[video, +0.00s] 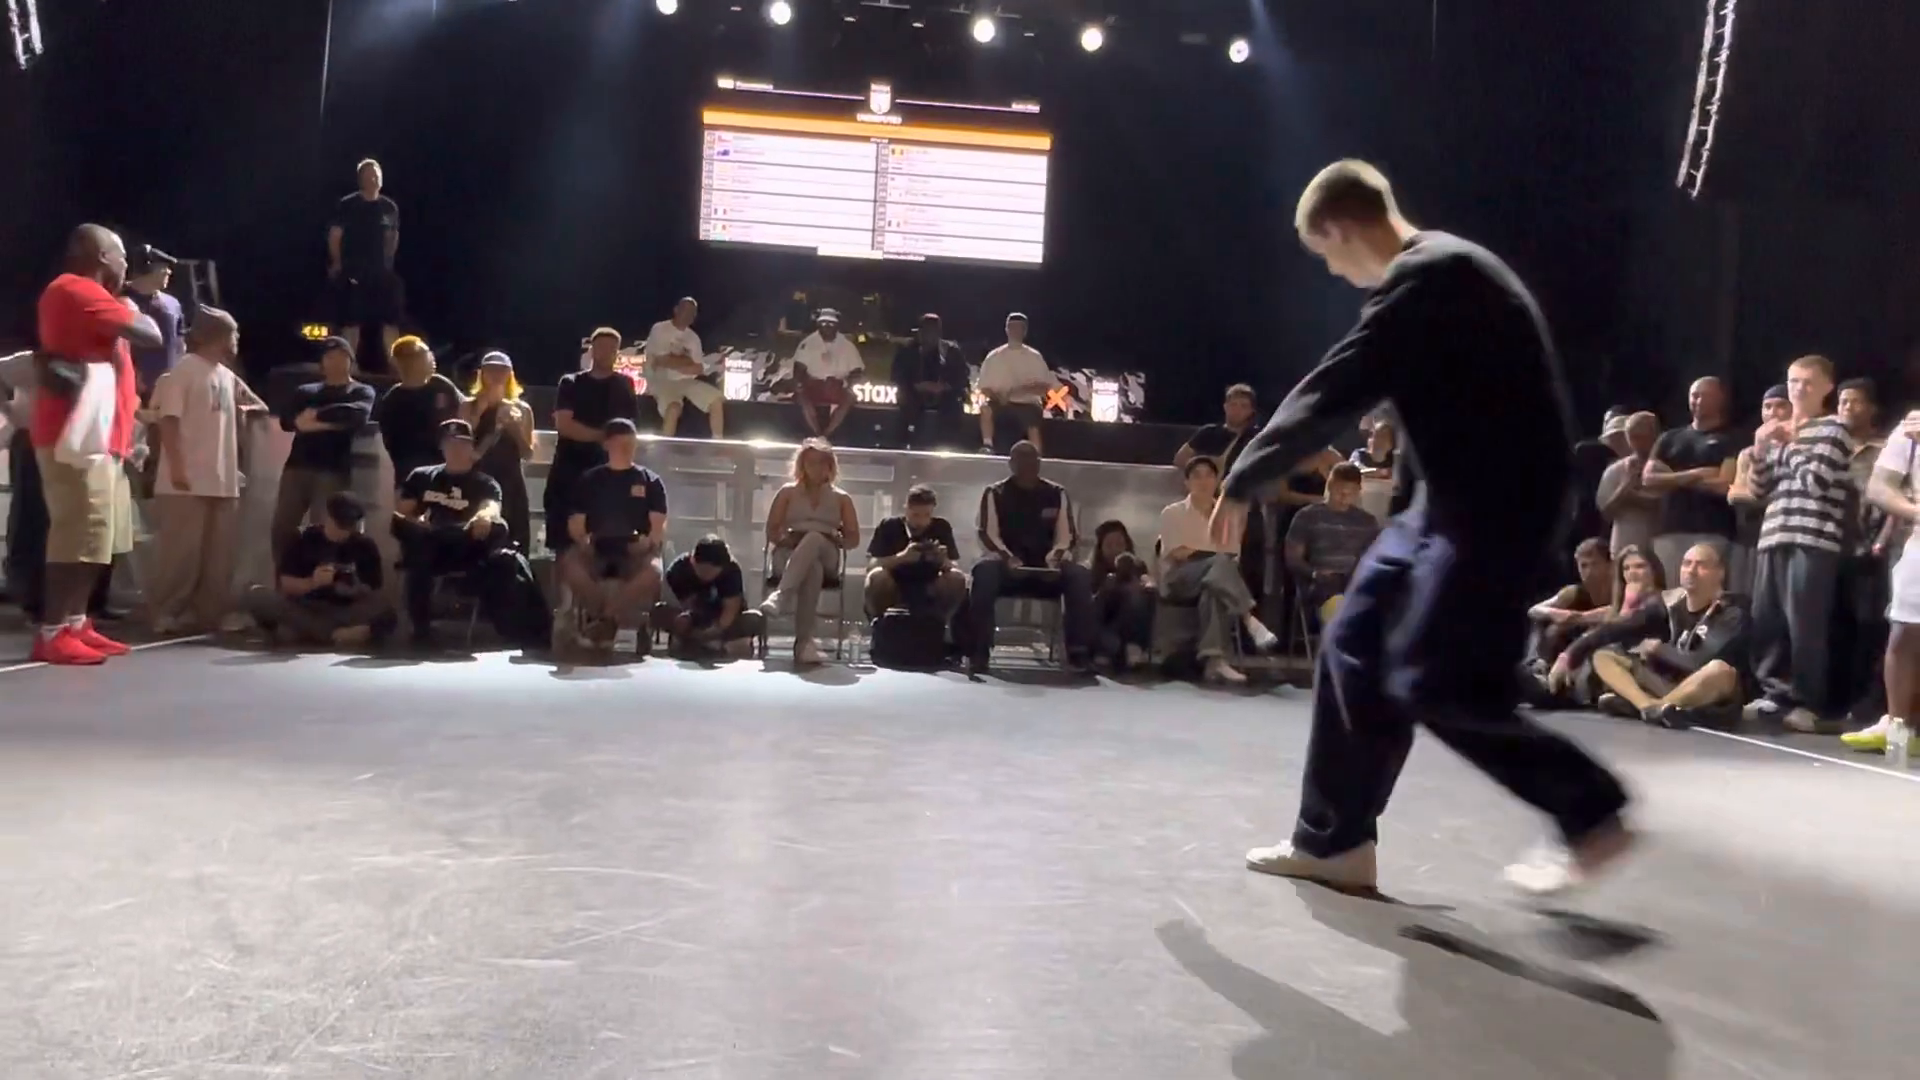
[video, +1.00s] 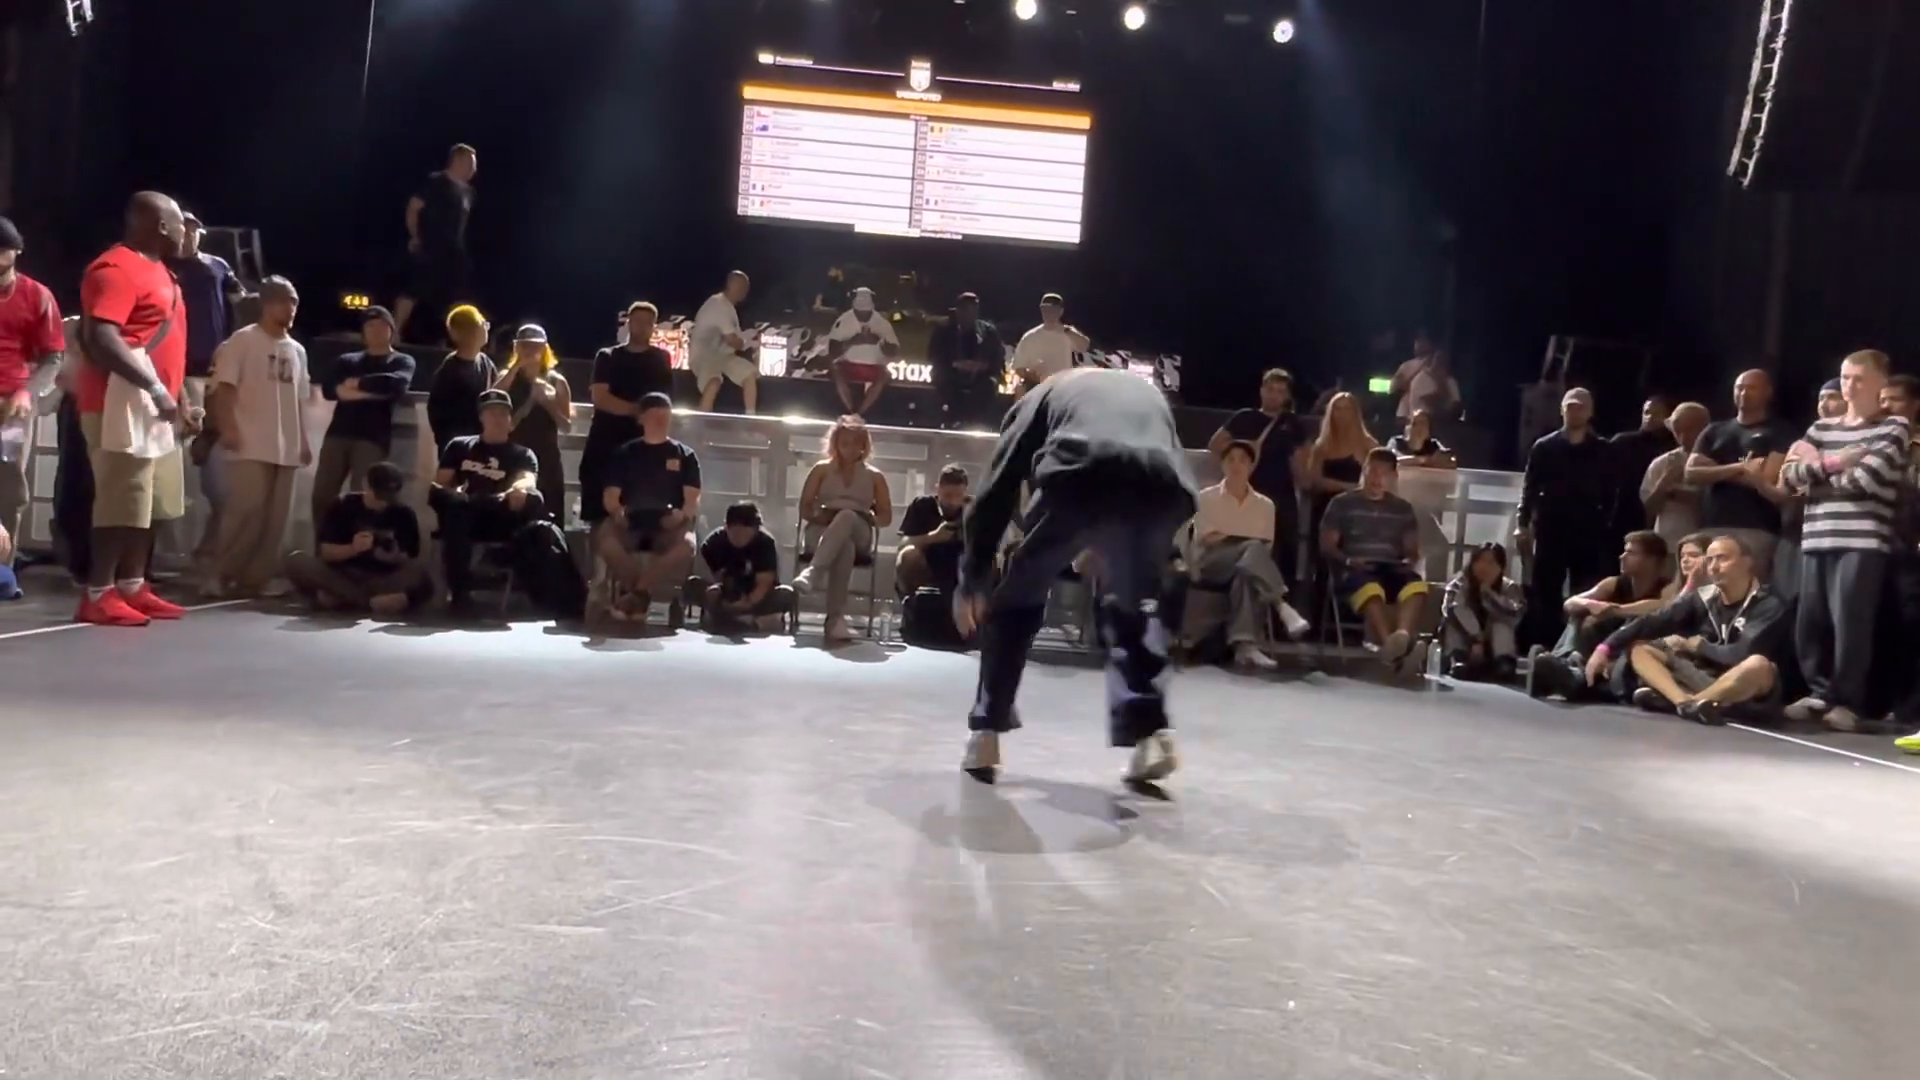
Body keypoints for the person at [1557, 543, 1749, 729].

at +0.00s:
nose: (1690, 571)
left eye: (1701, 565)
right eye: (1687, 564)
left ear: (1720, 574)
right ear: (1680, 570)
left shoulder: (1734, 613)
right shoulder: (1667, 607)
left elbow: (1701, 663)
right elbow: (1616, 629)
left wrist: (1658, 649)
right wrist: (1568, 657)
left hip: (1716, 697)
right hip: (1669, 686)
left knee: (1719, 670)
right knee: (1602, 658)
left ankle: (1657, 709)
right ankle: (1647, 707)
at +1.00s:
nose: (1713, 566)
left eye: (1722, 558)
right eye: (1710, 560)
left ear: (1747, 562)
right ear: (1706, 565)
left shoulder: (1770, 606)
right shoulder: (1702, 598)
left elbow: (1740, 654)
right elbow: (1655, 623)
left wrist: (1697, 645)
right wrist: (1606, 648)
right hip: (1705, 679)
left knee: (1759, 666)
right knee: (1640, 652)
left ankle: (1690, 703)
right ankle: (1682, 700)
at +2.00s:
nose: (1725, 560)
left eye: (1734, 553)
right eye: (1721, 555)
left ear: (1757, 558)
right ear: (1717, 562)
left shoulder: (1781, 598)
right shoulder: (1712, 596)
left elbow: (1812, 633)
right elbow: (1666, 620)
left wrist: (1757, 642)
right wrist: (1620, 646)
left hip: (1770, 689)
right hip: (1724, 678)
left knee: (1775, 661)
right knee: (1654, 647)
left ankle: (1704, 700)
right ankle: (1704, 699)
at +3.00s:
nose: (1761, 557)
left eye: (1766, 549)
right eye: (1751, 551)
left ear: (1773, 555)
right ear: (1736, 561)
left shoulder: (1794, 594)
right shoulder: (1724, 592)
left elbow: (1795, 631)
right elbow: (1677, 615)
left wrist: (1767, 654)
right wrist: (1635, 640)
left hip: (1775, 671)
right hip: (1731, 669)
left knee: (1792, 663)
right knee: (1666, 642)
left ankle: (1717, 695)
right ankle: (1712, 696)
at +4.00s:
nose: (1760, 555)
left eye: (1765, 548)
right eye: (1750, 550)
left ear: (1772, 553)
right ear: (1734, 559)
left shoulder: (1793, 590)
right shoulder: (1724, 589)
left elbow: (1769, 629)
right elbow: (1673, 617)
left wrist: (1717, 659)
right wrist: (1698, 636)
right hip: (1726, 672)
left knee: (1789, 658)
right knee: (1659, 636)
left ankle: (1706, 694)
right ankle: (1713, 694)